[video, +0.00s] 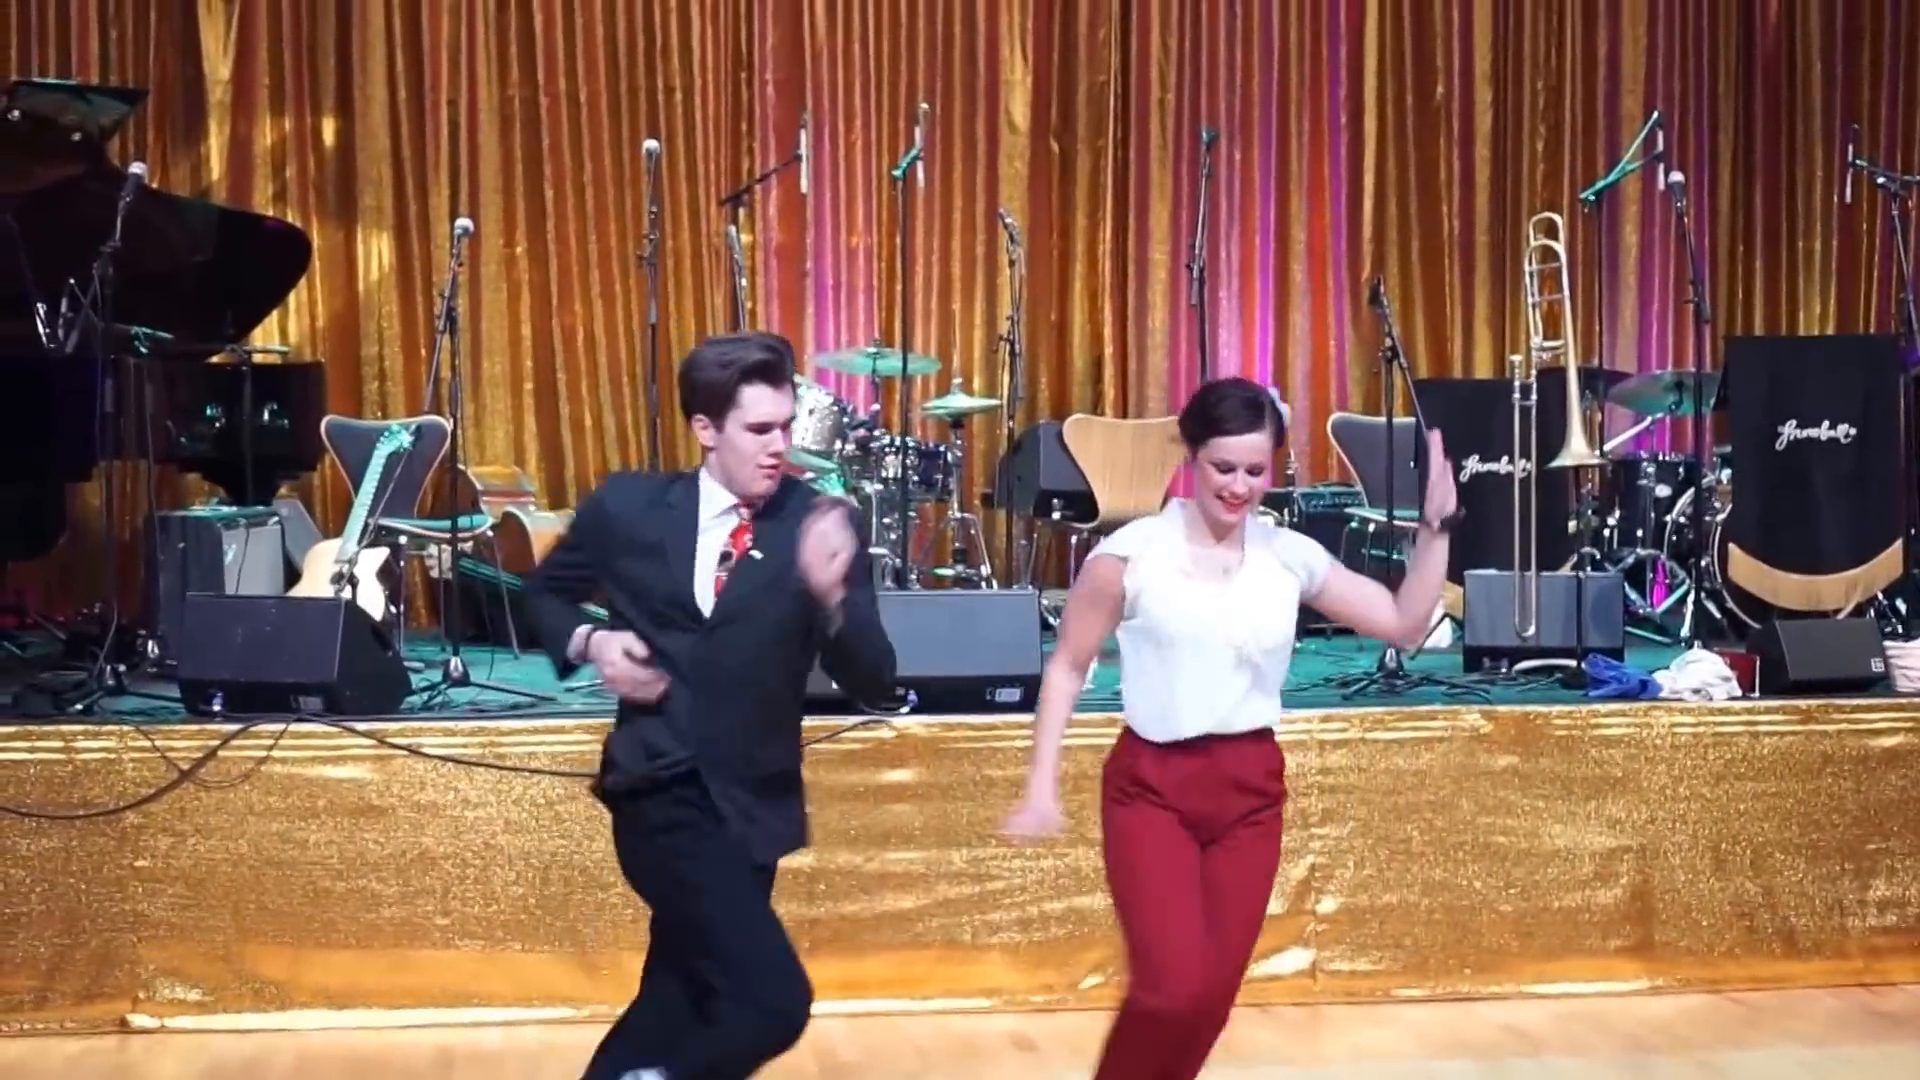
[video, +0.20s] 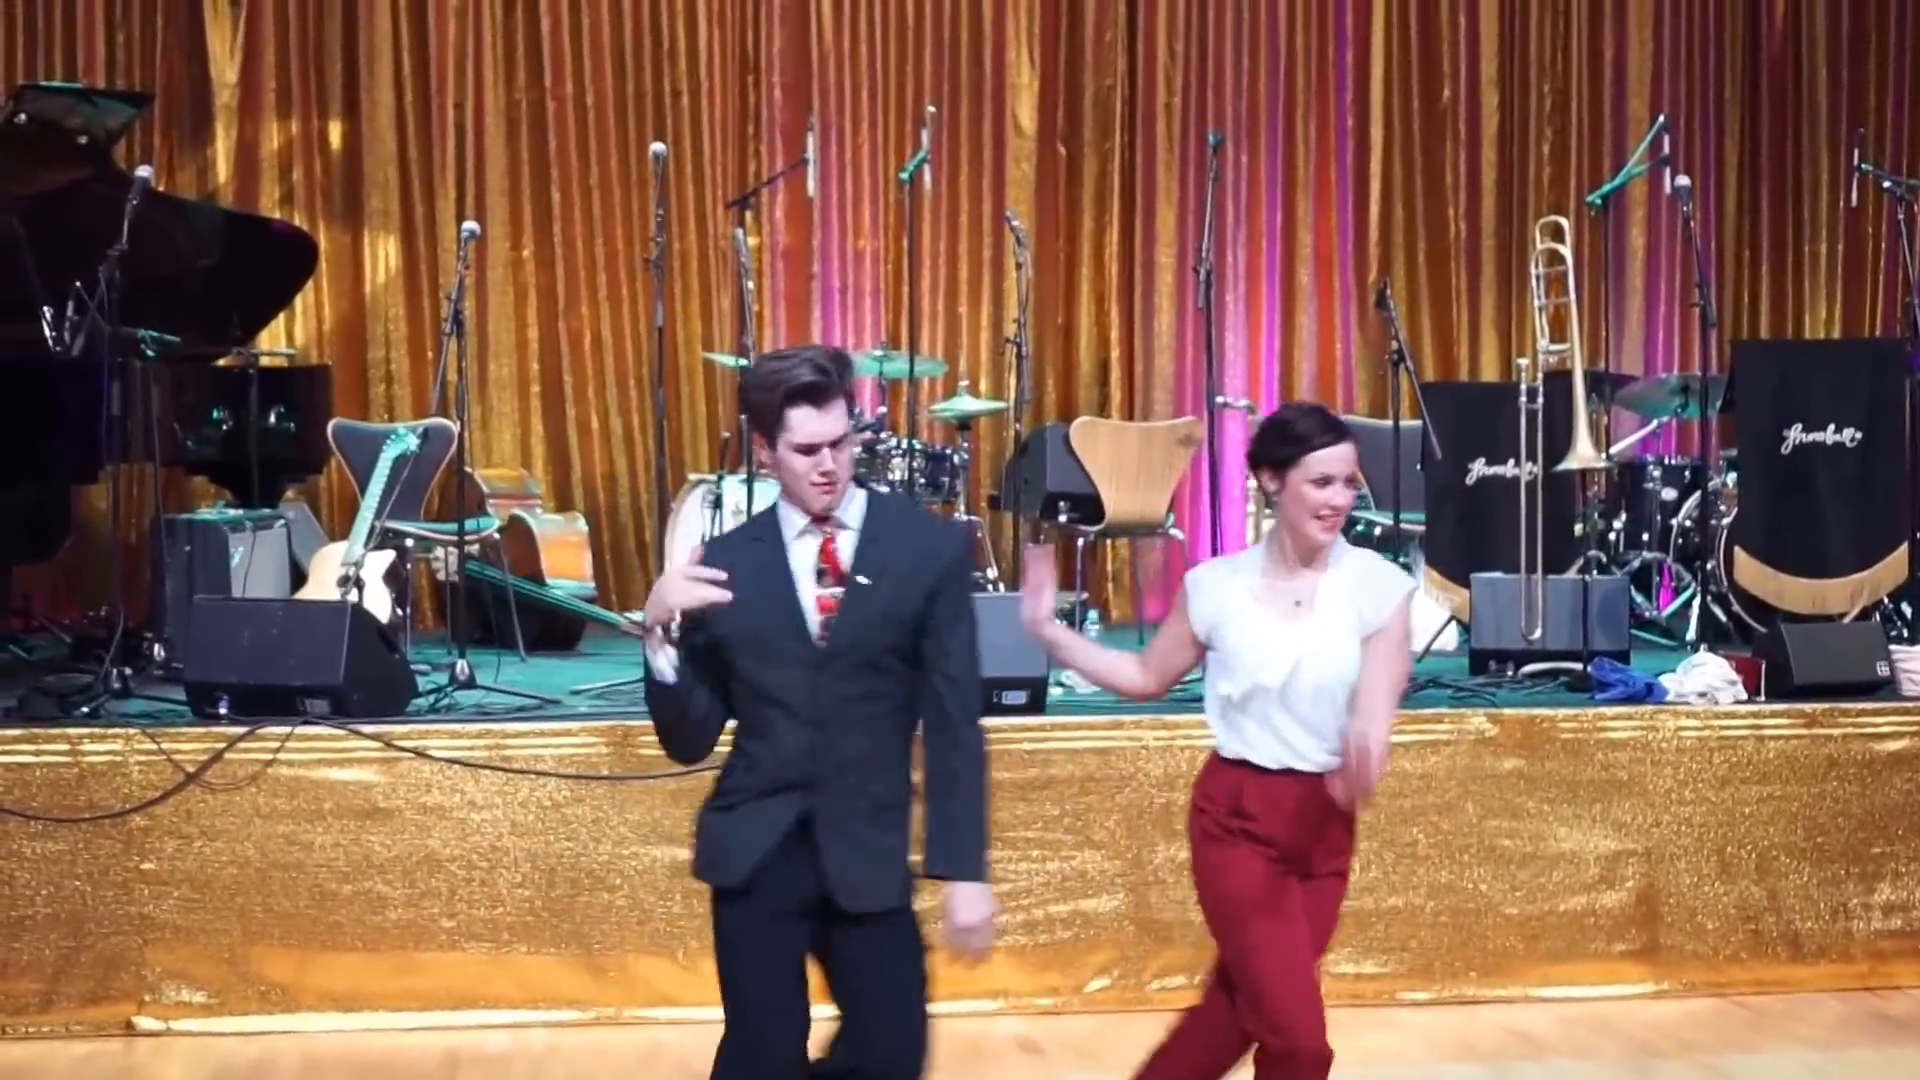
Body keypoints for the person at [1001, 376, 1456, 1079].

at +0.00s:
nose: (1239, 487)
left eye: (1255, 471)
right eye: (1223, 468)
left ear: (1274, 468)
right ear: (1190, 458)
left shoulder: (1289, 557)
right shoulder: (1127, 555)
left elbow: (1405, 625)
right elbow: (1068, 666)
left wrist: (1434, 528)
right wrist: (1041, 791)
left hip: (1250, 801)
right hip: (1150, 796)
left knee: (1207, 1008)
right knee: (1171, 994)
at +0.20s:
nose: (1340, 499)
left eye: (1350, 482)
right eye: (1322, 481)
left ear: (1360, 486)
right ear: (1272, 484)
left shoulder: (1380, 587)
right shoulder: (1216, 586)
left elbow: (1375, 713)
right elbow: (1145, 677)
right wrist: (1045, 628)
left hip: (1326, 826)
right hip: (1234, 820)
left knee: (1224, 1028)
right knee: (1299, 1044)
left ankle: (1153, 1079)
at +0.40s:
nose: (1458, 479)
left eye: (1462, 462)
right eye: (1443, 461)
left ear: (1466, 467)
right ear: (1384, 462)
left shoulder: (1488, 554)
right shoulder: (1309, 563)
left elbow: (1552, 651)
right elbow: (1203, 635)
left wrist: (1614, 729)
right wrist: (1172, 586)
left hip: (1437, 820)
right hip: (1326, 816)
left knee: (1535, 1014)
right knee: (1305, 1038)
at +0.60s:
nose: (1575, 453)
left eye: (1576, 435)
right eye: (1560, 435)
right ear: (1504, 443)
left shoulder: (1589, 498)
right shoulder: (1421, 533)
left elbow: (1675, 502)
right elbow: (1276, 571)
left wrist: (1749, 502)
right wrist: (1332, 555)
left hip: (1597, 793)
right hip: (1485, 803)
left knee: (1625, 1032)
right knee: (1465, 1029)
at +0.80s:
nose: (1662, 448)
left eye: (1662, 430)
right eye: (1647, 431)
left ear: (1598, 440)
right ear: (1591, 441)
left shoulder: (1682, 504)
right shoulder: (1514, 540)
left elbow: (1728, 621)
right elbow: (1542, 686)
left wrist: (1778, 615)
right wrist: (1588, 665)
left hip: (1681, 774)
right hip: (1574, 784)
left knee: (1726, 1003)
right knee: (1623, 1014)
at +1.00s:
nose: (1735, 482)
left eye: (1734, 466)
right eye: (1723, 466)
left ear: (1676, 476)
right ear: (1671, 476)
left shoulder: (1743, 549)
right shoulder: (1587, 588)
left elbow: (1776, 650)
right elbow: (1607, 731)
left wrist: (1854, 708)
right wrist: (1688, 816)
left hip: (1745, 796)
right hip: (1640, 811)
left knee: (1861, 971)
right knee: (1665, 1044)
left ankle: (1785, 999)